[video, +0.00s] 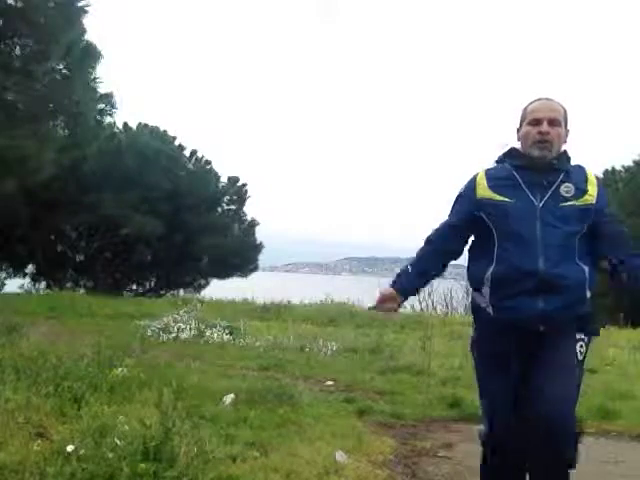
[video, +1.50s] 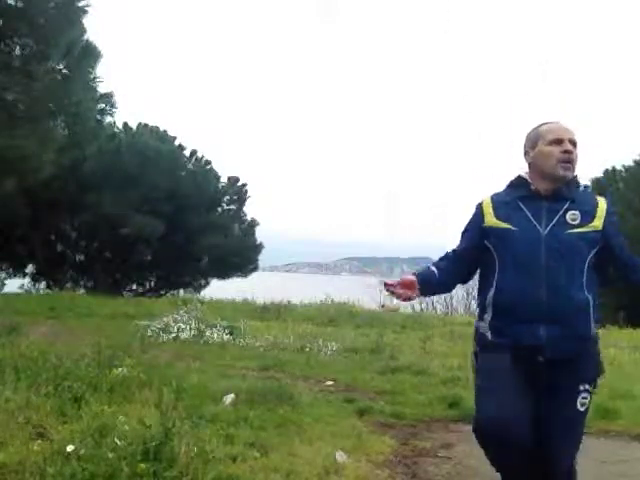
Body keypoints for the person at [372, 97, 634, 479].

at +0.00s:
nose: (543, 130)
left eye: (553, 124)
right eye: (534, 123)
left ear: (566, 135)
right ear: (519, 132)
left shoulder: (587, 188)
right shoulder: (485, 184)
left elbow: (620, 252)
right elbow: (443, 244)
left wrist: (632, 282)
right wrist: (400, 288)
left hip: (562, 329)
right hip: (498, 329)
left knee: (554, 426)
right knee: (502, 433)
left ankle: (551, 473)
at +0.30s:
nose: (553, 129)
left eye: (562, 124)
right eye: (544, 123)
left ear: (574, 135)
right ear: (527, 132)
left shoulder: (585, 173)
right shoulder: (500, 179)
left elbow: (571, 212)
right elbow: (503, 257)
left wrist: (507, 236)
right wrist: (566, 286)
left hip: (560, 320)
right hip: (499, 318)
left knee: (547, 438)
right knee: (485, 401)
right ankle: (498, 473)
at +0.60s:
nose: (550, 134)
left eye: (559, 129)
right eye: (540, 127)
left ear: (569, 141)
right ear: (522, 137)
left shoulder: (588, 195)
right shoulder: (489, 194)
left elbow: (603, 253)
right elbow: (467, 259)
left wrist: (606, 290)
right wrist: (450, 315)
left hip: (567, 335)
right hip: (503, 336)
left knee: (565, 428)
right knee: (509, 445)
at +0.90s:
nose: (556, 132)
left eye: (564, 127)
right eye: (546, 126)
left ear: (573, 140)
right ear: (525, 138)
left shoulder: (592, 196)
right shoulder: (490, 196)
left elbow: (626, 258)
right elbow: (457, 256)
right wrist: (408, 291)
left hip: (567, 343)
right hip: (497, 339)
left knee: (553, 453)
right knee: (488, 419)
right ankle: (506, 473)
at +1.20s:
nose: (554, 145)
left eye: (559, 140)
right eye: (543, 139)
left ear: (565, 151)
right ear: (517, 151)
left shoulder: (584, 208)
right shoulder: (482, 210)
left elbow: (615, 271)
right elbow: (450, 266)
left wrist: (639, 283)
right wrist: (403, 290)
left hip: (566, 353)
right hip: (499, 356)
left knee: (565, 440)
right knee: (505, 460)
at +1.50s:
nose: (568, 150)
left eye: (573, 144)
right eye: (556, 143)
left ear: (578, 155)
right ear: (530, 155)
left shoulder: (596, 211)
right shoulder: (493, 209)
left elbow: (626, 267)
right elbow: (460, 263)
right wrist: (421, 282)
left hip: (571, 352)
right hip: (503, 350)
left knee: (557, 455)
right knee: (498, 428)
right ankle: (524, 474)